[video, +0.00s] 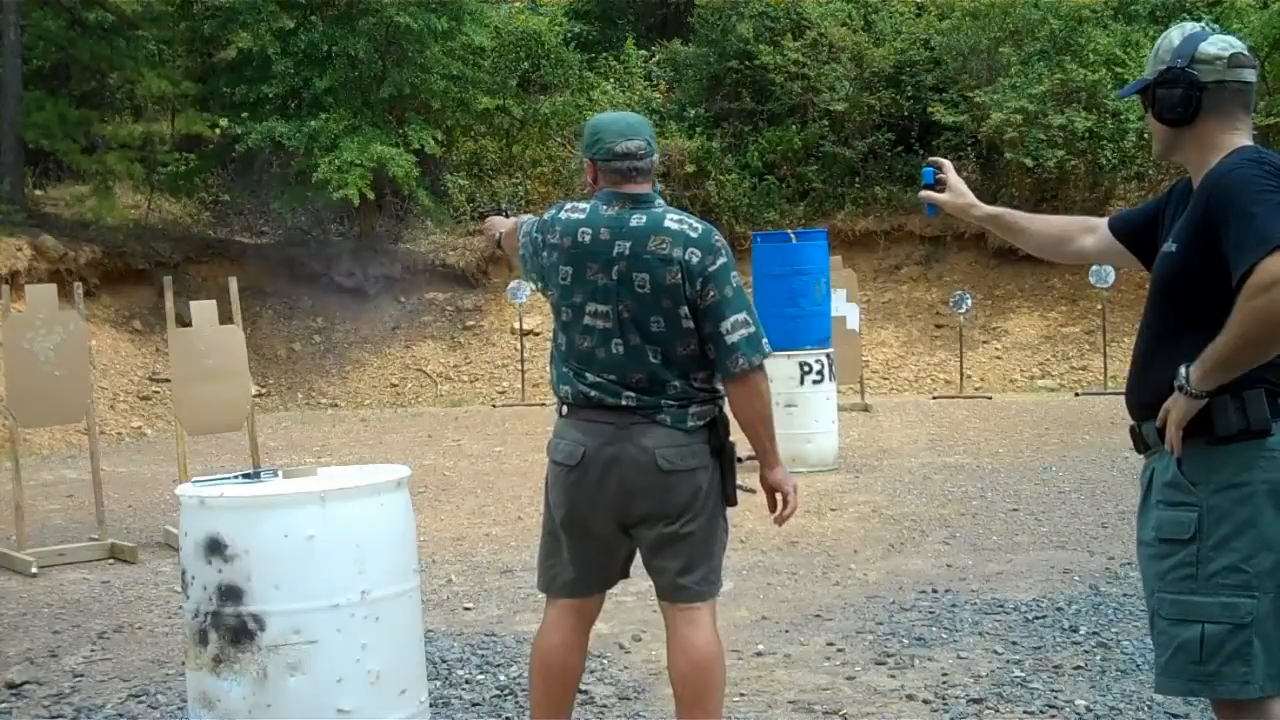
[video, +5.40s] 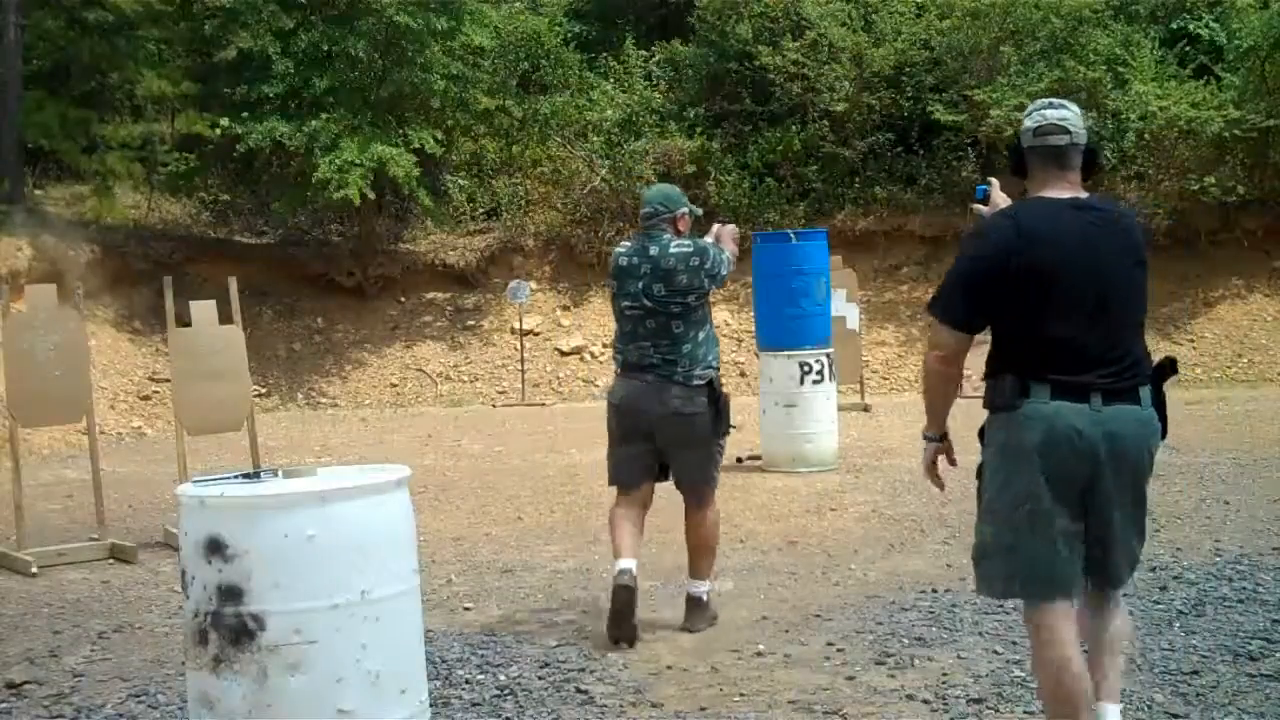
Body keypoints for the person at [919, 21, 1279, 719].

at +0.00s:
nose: (1148, 115)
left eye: (1152, 100)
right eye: (1148, 101)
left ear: (1178, 102)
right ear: (1228, 100)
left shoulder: (1245, 180)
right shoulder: (1192, 196)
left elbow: (1272, 284)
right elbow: (1086, 238)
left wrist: (1195, 383)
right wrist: (977, 211)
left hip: (1226, 463)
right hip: (1206, 458)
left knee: (1242, 692)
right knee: (1241, 685)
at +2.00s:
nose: (1144, 116)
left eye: (1149, 101)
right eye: (1145, 102)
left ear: (1173, 102)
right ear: (1226, 100)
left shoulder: (1238, 180)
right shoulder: (1189, 196)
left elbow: (1271, 283)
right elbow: (1084, 238)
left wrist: (1189, 384)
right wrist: (974, 214)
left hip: (1223, 463)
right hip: (1210, 458)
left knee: (1241, 692)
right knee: (1241, 685)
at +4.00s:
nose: (1136, 131)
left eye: (1136, 113)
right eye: (1135, 115)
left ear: (1154, 110)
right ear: (1225, 101)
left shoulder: (1210, 184)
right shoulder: (1242, 178)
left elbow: (1239, 292)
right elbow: (1106, 242)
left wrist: (1167, 394)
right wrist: (992, 217)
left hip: (1223, 457)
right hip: (1249, 446)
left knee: (1229, 693)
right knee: (1250, 686)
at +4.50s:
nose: (1137, 143)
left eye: (1140, 128)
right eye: (1140, 129)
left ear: (1147, 127)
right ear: (1225, 127)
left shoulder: (1168, 202)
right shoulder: (1262, 208)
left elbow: (1154, 301)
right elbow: (1144, 245)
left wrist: (1076, 385)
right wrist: (1045, 218)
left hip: (1181, 452)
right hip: (1268, 449)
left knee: (1125, 675)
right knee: (1221, 664)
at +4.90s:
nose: (1111, 156)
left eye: (1112, 145)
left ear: (1113, 149)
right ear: (1185, 149)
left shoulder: (1108, 221)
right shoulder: (1230, 228)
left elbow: (1073, 326)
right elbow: (1157, 277)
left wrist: (1033, 446)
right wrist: (1067, 233)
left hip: (1125, 452)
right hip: (1230, 447)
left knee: (1061, 618)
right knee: (1218, 645)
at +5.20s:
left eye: (1051, 161)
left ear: (1047, 168)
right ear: (1117, 163)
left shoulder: (1032, 240)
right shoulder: (1159, 232)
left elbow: (986, 349)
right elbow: (1103, 282)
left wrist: (958, 455)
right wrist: (1026, 238)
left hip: (1060, 442)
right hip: (1162, 442)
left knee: (1051, 622)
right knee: (1160, 624)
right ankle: (1181, 713)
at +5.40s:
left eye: (1024, 159)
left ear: (1021, 160)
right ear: (1085, 160)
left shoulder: (1002, 234)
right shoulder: (1125, 228)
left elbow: (947, 347)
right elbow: (1070, 248)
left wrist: (935, 430)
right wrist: (1011, 215)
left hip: (1036, 424)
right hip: (1129, 422)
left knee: (1050, 612)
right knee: (1107, 590)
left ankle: (1078, 717)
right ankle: (1108, 711)